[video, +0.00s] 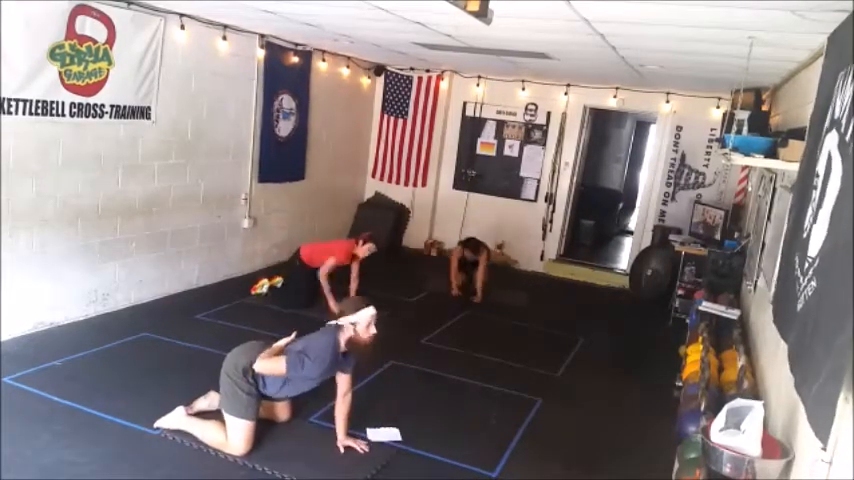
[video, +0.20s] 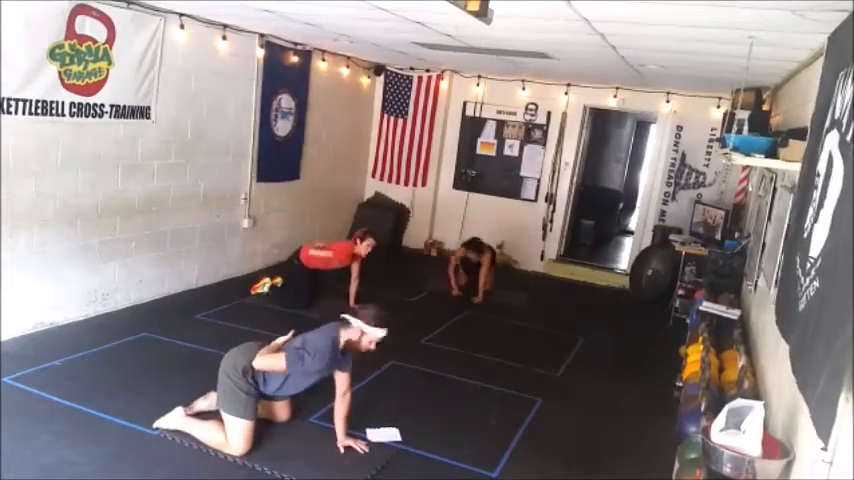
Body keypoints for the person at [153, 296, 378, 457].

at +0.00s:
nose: (374, 330)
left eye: (374, 323)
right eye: (371, 323)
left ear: (353, 322)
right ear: (354, 323)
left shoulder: (345, 348)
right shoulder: (320, 354)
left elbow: (344, 393)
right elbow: (260, 365)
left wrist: (343, 437)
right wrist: (282, 344)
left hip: (266, 358)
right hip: (241, 368)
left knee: (281, 410)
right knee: (237, 446)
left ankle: (217, 402)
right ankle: (180, 419)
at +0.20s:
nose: (375, 345)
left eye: (378, 340)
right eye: (375, 339)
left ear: (359, 327)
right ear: (360, 330)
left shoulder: (342, 344)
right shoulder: (318, 350)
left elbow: (343, 392)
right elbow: (258, 362)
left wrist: (341, 436)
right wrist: (277, 343)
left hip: (265, 366)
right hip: (240, 369)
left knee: (281, 412)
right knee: (237, 445)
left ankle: (216, 402)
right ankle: (180, 420)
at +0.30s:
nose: (365, 363)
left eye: (370, 361)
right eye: (367, 358)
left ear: (362, 338)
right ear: (361, 344)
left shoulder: (345, 339)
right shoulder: (316, 351)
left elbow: (343, 392)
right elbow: (257, 360)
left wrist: (341, 435)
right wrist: (277, 342)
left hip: (269, 367)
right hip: (241, 370)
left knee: (281, 412)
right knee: (238, 445)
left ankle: (217, 401)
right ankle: (181, 420)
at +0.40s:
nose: (350, 372)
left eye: (354, 371)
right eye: (354, 370)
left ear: (360, 357)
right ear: (357, 362)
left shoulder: (347, 337)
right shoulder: (316, 354)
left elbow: (344, 392)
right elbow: (257, 358)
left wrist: (341, 435)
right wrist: (275, 336)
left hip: (274, 366)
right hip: (244, 368)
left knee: (281, 413)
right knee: (237, 446)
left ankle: (217, 400)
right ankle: (181, 418)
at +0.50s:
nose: (349, 372)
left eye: (353, 371)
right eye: (353, 370)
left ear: (359, 353)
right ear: (354, 362)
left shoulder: (346, 339)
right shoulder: (314, 350)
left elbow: (344, 390)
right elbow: (255, 355)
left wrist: (342, 435)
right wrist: (271, 330)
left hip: (275, 366)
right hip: (244, 368)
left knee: (281, 413)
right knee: (236, 446)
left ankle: (217, 400)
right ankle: (182, 419)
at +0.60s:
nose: (341, 370)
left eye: (346, 369)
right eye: (345, 367)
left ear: (354, 354)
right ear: (349, 358)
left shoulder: (346, 340)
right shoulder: (309, 348)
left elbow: (343, 391)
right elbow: (251, 350)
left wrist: (343, 435)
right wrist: (269, 327)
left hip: (273, 367)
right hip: (244, 368)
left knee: (281, 413)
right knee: (237, 446)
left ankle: (217, 400)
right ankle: (182, 418)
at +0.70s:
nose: (341, 369)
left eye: (346, 368)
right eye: (345, 365)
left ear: (354, 351)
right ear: (349, 357)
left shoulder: (345, 339)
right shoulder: (308, 346)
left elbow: (343, 391)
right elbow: (250, 348)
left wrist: (343, 436)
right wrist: (267, 325)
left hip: (272, 368)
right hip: (243, 369)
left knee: (281, 412)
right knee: (237, 446)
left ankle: (217, 400)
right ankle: (182, 418)